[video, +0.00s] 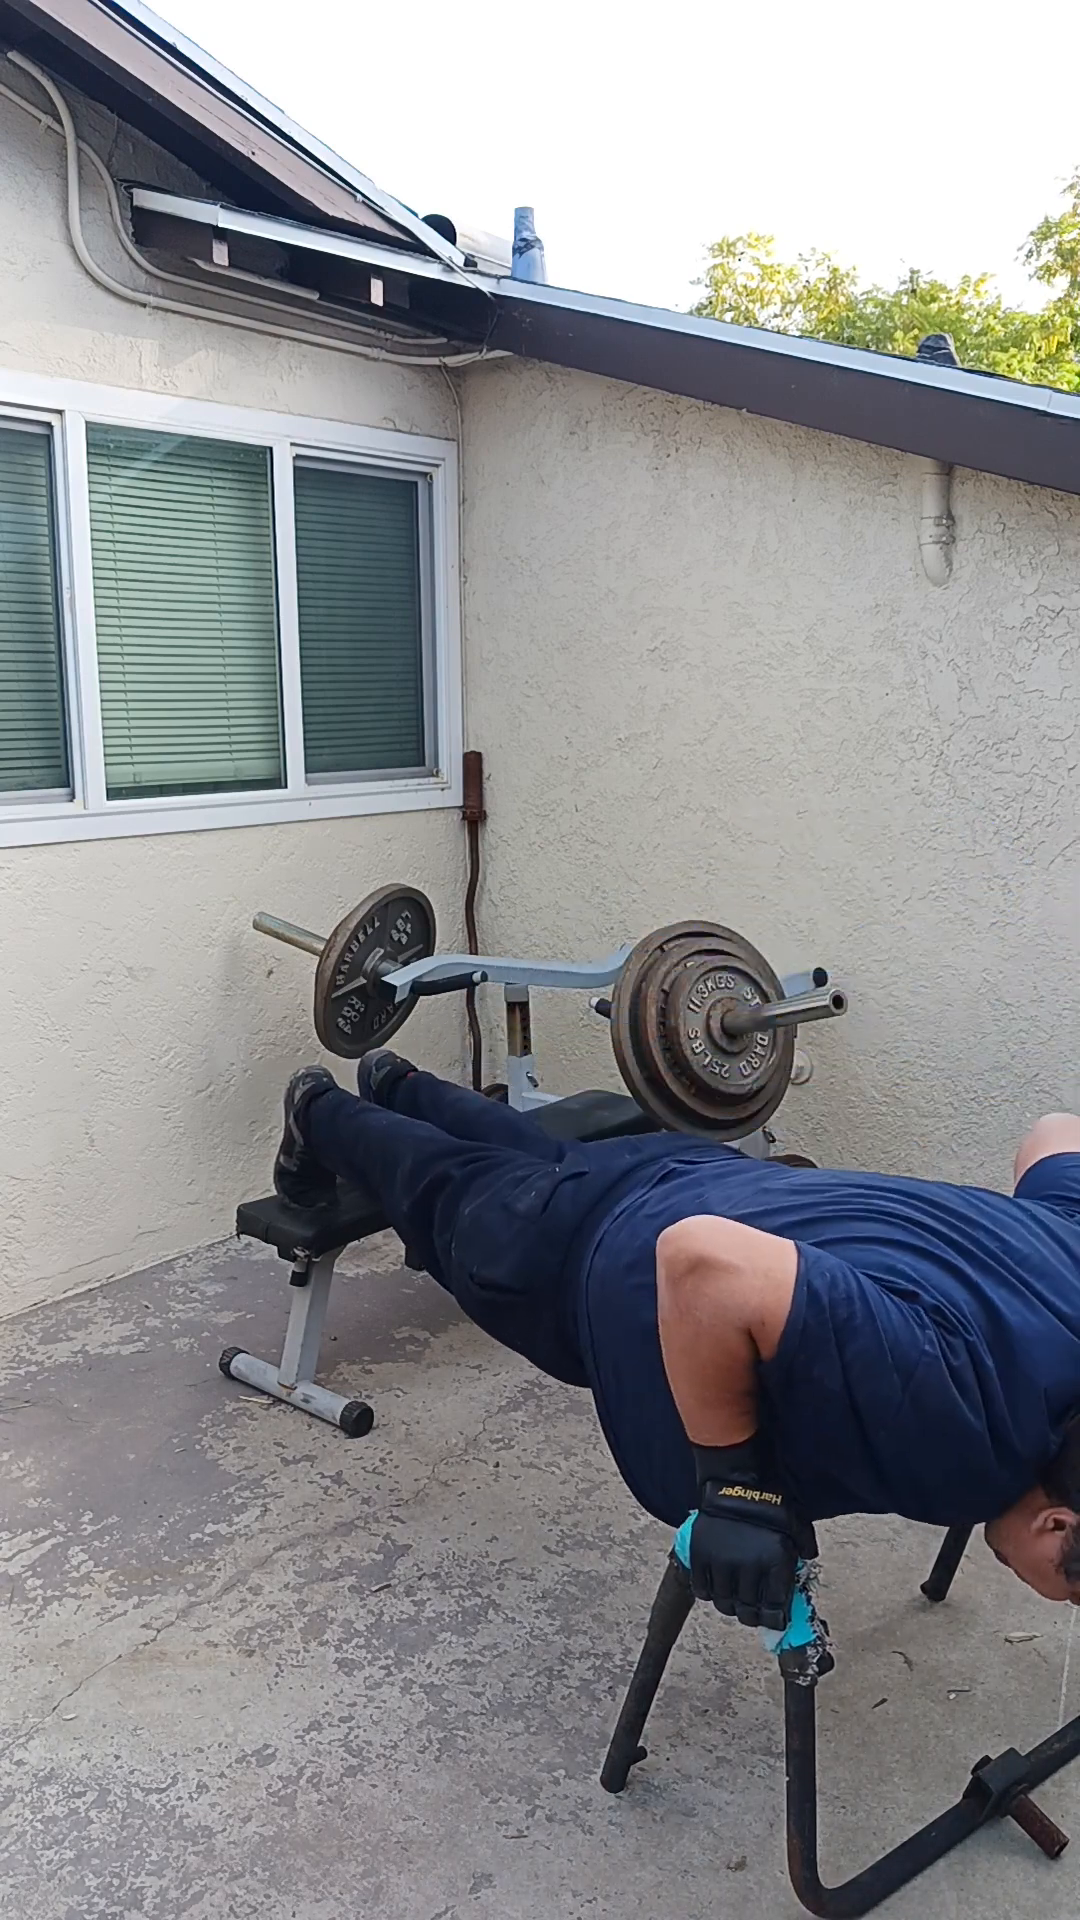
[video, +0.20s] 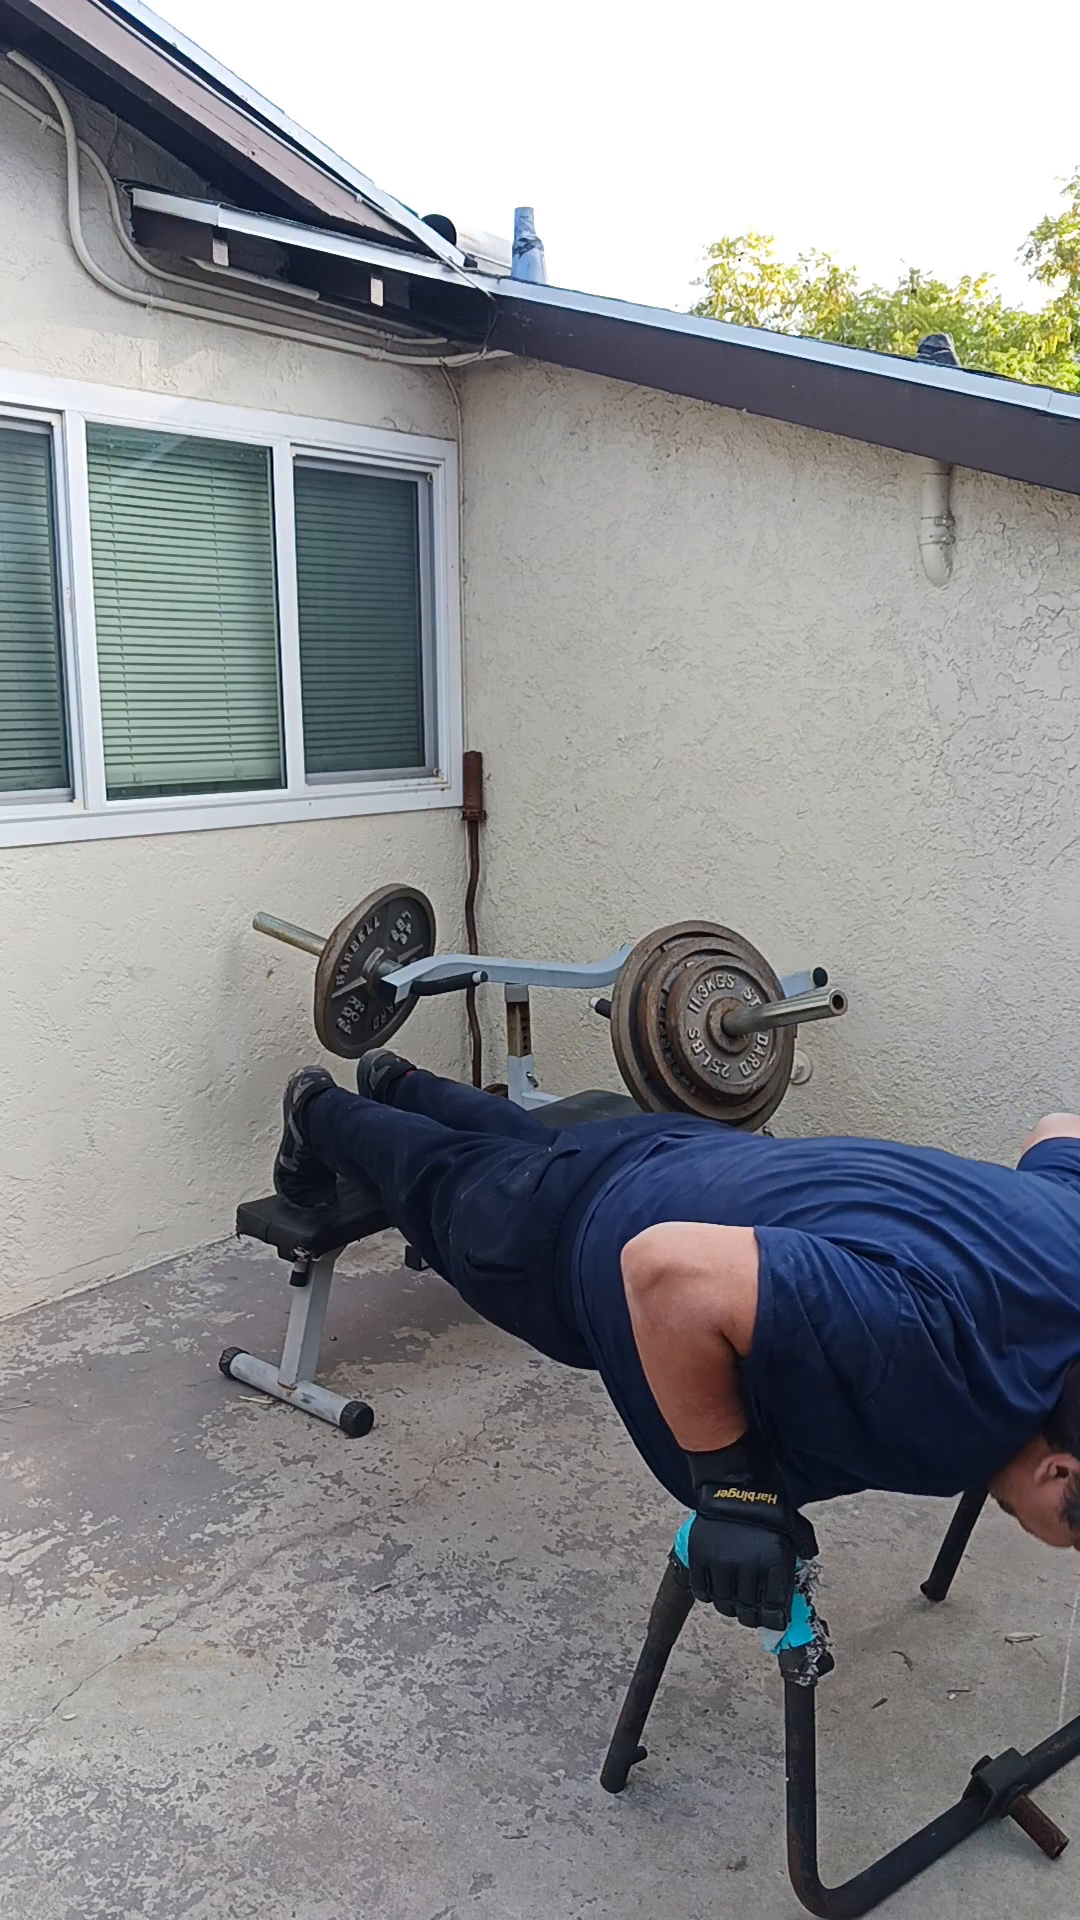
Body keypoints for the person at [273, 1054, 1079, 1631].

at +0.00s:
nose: (1029, 1586)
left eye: (1045, 1588)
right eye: (1046, 1582)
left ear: (1063, 1517)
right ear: (1057, 1525)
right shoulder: (944, 1400)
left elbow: (1058, 1133)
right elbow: (701, 1272)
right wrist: (734, 1488)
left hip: (713, 1165)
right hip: (633, 1236)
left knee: (538, 1156)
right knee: (457, 1197)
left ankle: (393, 1084)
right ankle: (325, 1112)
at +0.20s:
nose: (1039, 1533)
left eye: (1054, 1530)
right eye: (1057, 1525)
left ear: (1064, 1473)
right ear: (1059, 1474)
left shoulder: (1079, 1254)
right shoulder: (915, 1347)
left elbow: (1065, 1131)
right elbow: (667, 1277)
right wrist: (730, 1488)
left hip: (716, 1150)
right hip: (605, 1222)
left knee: (538, 1138)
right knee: (453, 1190)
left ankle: (399, 1086)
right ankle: (323, 1112)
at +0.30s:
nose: (1044, 1454)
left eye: (1061, 1449)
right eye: (1065, 1444)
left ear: (1066, 1388)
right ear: (1062, 1392)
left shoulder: (1073, 1194)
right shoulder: (906, 1287)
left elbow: (1063, 1131)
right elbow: (651, 1284)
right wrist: (729, 1485)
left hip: (701, 1110)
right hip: (593, 1195)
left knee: (530, 1126)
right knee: (441, 1167)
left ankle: (394, 1083)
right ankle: (316, 1111)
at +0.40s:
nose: (1051, 1373)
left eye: (1067, 1368)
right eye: (1069, 1360)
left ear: (1066, 1297)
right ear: (1058, 1303)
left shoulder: (1070, 1145)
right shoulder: (908, 1233)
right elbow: (646, 1288)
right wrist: (728, 1484)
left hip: (684, 1081)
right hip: (585, 1160)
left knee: (513, 1108)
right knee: (433, 1144)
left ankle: (389, 1085)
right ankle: (315, 1112)